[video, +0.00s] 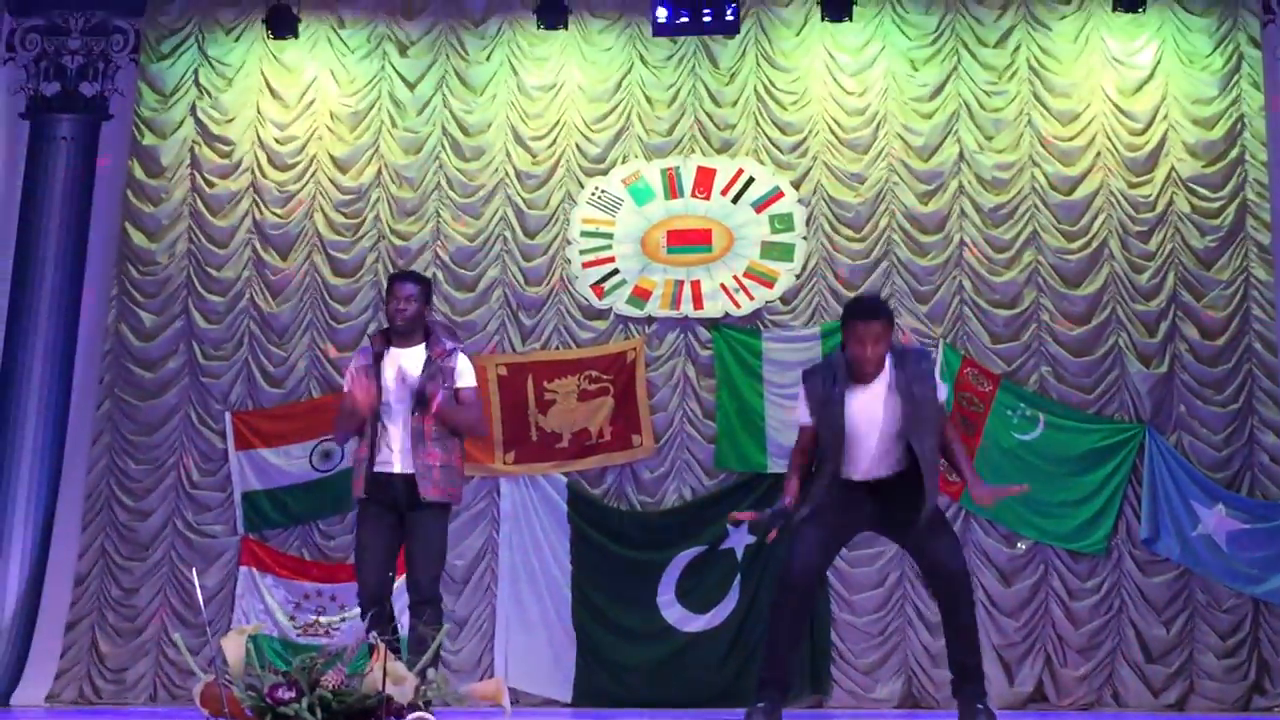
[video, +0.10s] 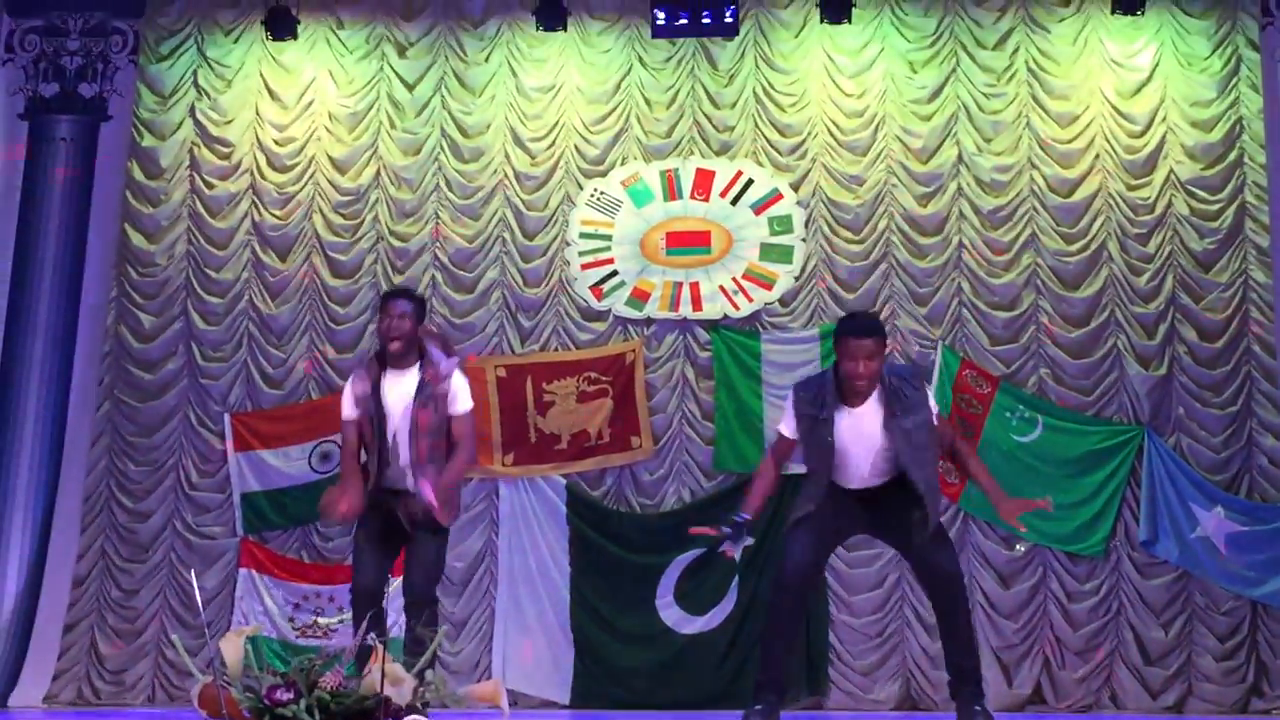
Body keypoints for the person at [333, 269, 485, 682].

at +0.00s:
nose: (401, 308)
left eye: (410, 301)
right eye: (394, 300)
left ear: (426, 307)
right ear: (385, 305)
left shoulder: (451, 359)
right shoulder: (365, 358)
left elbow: (476, 423)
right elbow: (342, 432)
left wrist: (438, 403)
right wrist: (357, 409)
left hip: (428, 490)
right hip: (377, 489)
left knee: (423, 589)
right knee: (371, 591)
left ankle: (421, 685)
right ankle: (387, 682)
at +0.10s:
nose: (393, 326)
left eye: (403, 318)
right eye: (386, 318)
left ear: (420, 326)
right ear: (378, 324)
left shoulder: (447, 378)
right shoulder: (361, 380)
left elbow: (465, 451)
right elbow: (349, 452)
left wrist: (433, 495)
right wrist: (353, 493)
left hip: (428, 503)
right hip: (379, 501)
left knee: (419, 593)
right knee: (364, 588)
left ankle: (418, 682)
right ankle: (369, 678)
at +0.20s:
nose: (385, 357)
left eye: (395, 349)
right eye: (378, 349)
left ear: (412, 358)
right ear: (369, 357)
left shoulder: (439, 407)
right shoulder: (352, 412)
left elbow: (464, 479)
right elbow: (330, 483)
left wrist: (474, 540)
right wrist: (307, 542)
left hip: (429, 513)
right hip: (377, 512)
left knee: (417, 593)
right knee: (358, 588)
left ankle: (414, 684)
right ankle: (350, 679)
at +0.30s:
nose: (381, 348)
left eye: (390, 340)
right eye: (374, 340)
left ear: (408, 347)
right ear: (365, 347)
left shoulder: (438, 394)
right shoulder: (347, 401)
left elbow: (488, 450)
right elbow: (297, 456)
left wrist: (530, 496)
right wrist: (247, 498)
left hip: (426, 512)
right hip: (374, 509)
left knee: (411, 592)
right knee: (354, 588)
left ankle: (411, 682)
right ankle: (347, 673)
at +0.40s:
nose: (381, 320)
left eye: (391, 312)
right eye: (375, 312)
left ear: (409, 317)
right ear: (367, 317)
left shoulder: (440, 359)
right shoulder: (347, 364)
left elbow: (507, 373)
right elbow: (285, 392)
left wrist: (538, 401)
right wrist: (227, 405)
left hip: (423, 500)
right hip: (370, 495)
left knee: (411, 588)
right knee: (355, 586)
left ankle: (412, 687)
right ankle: (343, 684)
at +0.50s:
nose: (382, 316)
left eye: (391, 308)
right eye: (375, 307)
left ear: (408, 312)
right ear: (366, 310)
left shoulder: (436, 350)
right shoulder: (348, 353)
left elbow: (508, 373)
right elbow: (298, 388)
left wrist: (502, 407)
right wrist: (277, 414)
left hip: (420, 491)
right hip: (368, 489)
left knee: (410, 583)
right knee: (355, 586)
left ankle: (413, 685)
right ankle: (346, 686)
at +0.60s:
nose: (380, 341)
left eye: (390, 334)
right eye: (375, 332)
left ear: (408, 341)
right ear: (365, 337)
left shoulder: (434, 384)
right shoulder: (348, 390)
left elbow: (486, 449)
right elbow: (327, 462)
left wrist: (468, 507)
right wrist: (323, 525)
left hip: (422, 510)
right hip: (371, 506)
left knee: (408, 591)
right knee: (352, 594)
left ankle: (416, 685)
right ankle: (354, 678)